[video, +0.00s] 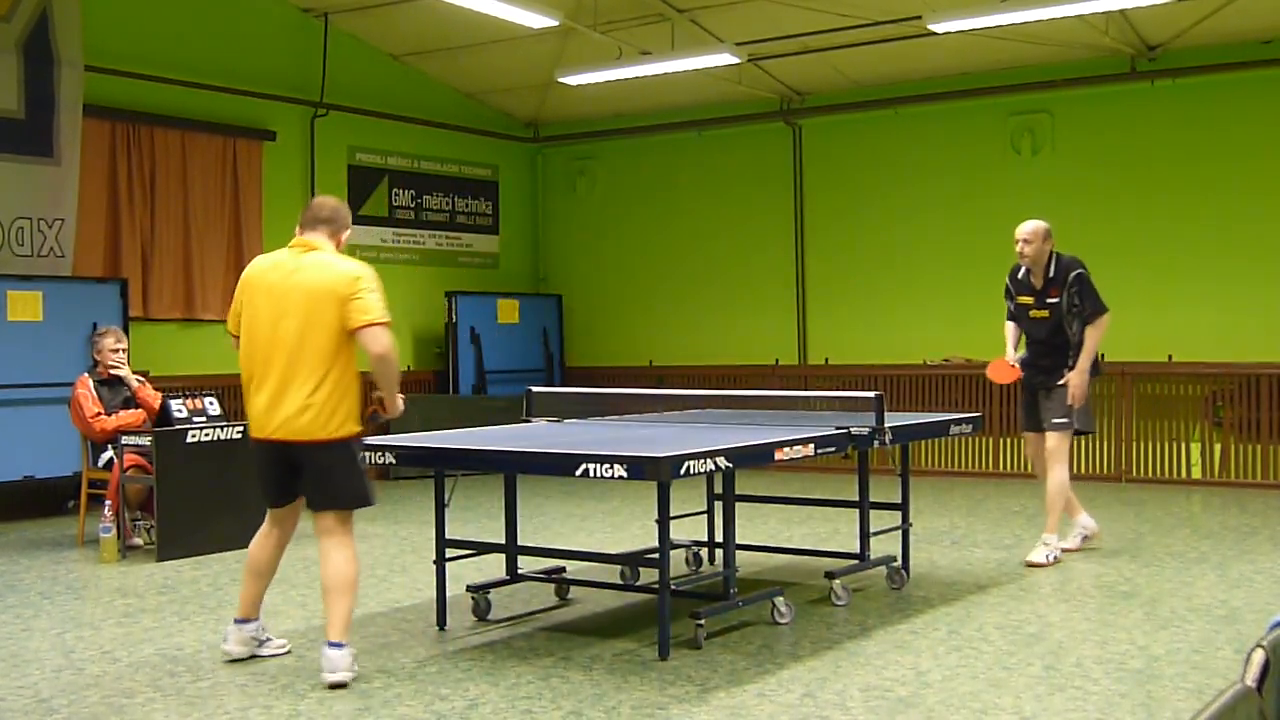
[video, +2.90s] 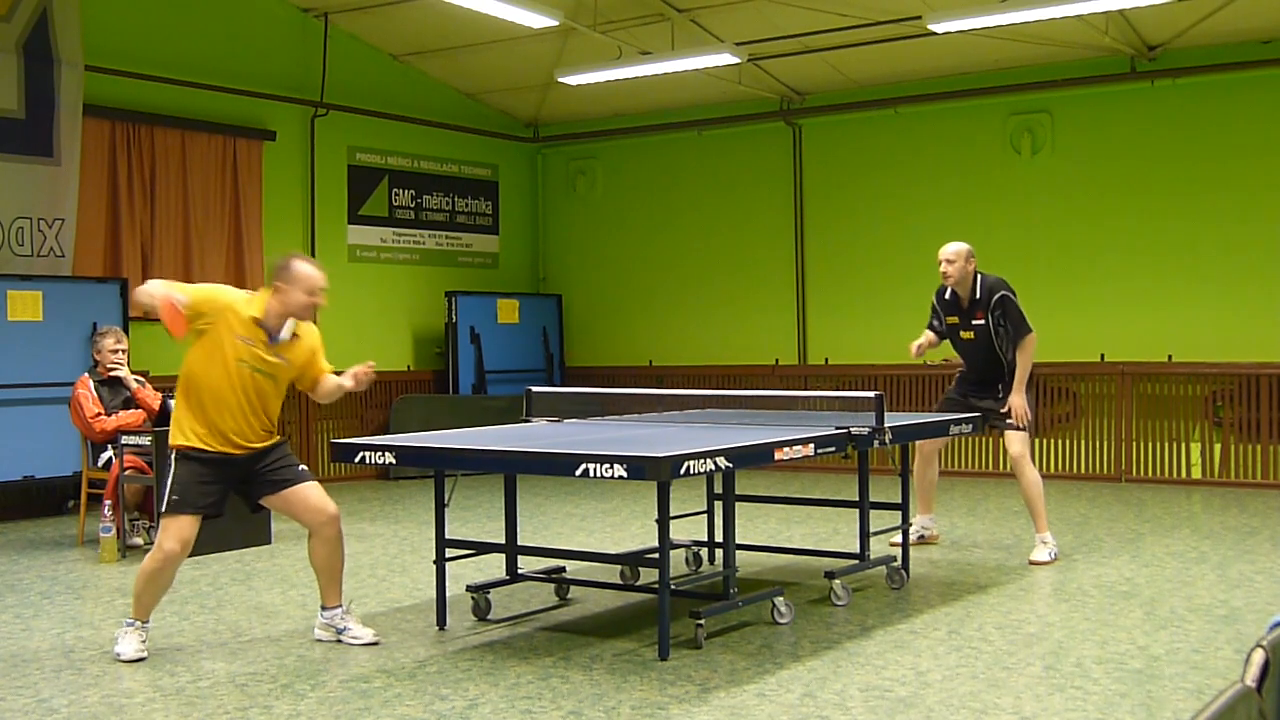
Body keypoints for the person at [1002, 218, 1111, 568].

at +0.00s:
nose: (1020, 248)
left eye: (1027, 242)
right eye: (1017, 242)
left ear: (1047, 245)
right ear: (1016, 245)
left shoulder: (1070, 272)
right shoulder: (1016, 276)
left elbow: (1099, 319)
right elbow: (1012, 318)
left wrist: (1082, 370)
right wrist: (1010, 351)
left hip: (1063, 372)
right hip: (1031, 372)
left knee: (1057, 455)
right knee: (1038, 456)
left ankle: (1050, 540)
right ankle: (1082, 521)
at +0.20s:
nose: (1005, 244)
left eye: (1012, 238)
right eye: (1002, 238)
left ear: (1032, 242)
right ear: (1000, 242)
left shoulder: (1052, 271)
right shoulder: (1003, 272)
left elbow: (1077, 322)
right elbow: (1005, 309)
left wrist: (1062, 372)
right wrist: (996, 340)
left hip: (1051, 370)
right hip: (1019, 367)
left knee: (1046, 452)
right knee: (999, 442)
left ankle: (1049, 540)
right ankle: (1036, 510)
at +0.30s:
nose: (1000, 245)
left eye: (1007, 239)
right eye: (996, 240)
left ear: (1025, 242)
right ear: (992, 244)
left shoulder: (1044, 271)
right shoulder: (996, 273)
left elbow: (1071, 322)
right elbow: (999, 307)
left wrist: (1057, 371)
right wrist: (988, 334)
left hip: (1048, 369)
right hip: (1016, 366)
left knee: (1043, 450)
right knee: (993, 439)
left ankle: (1049, 540)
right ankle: (1012, 517)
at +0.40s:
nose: (989, 251)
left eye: (996, 244)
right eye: (984, 245)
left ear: (1012, 248)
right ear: (979, 250)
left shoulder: (1032, 274)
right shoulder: (982, 278)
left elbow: (1062, 324)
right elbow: (986, 310)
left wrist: (1050, 374)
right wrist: (973, 329)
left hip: (1040, 370)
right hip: (1008, 369)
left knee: (1039, 451)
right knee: (988, 443)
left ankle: (1048, 541)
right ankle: (970, 523)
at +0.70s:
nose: (962, 266)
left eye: (969, 260)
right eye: (957, 261)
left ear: (984, 261)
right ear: (952, 263)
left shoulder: (1008, 286)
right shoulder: (951, 290)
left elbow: (1043, 330)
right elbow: (941, 326)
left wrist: (1032, 382)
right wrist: (940, 338)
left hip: (1017, 375)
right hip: (978, 376)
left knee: (1028, 451)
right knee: (951, 446)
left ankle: (1046, 540)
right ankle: (952, 529)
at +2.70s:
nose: (946, 281)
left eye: (953, 275)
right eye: (943, 276)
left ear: (974, 277)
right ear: (943, 279)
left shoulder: (1000, 303)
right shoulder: (945, 306)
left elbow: (1032, 349)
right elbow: (938, 339)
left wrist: (1022, 401)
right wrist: (933, 356)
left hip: (1011, 391)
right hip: (972, 389)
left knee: (1017, 455)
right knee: (930, 450)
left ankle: (1044, 539)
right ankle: (929, 524)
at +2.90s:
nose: (943, 269)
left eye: (950, 262)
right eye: (940, 263)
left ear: (971, 265)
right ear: (940, 268)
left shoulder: (996, 291)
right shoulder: (943, 295)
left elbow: (1027, 339)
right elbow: (935, 331)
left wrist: (1018, 391)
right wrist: (925, 341)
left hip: (1007, 385)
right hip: (968, 384)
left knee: (1018, 454)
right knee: (926, 442)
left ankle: (1044, 538)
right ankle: (924, 524)